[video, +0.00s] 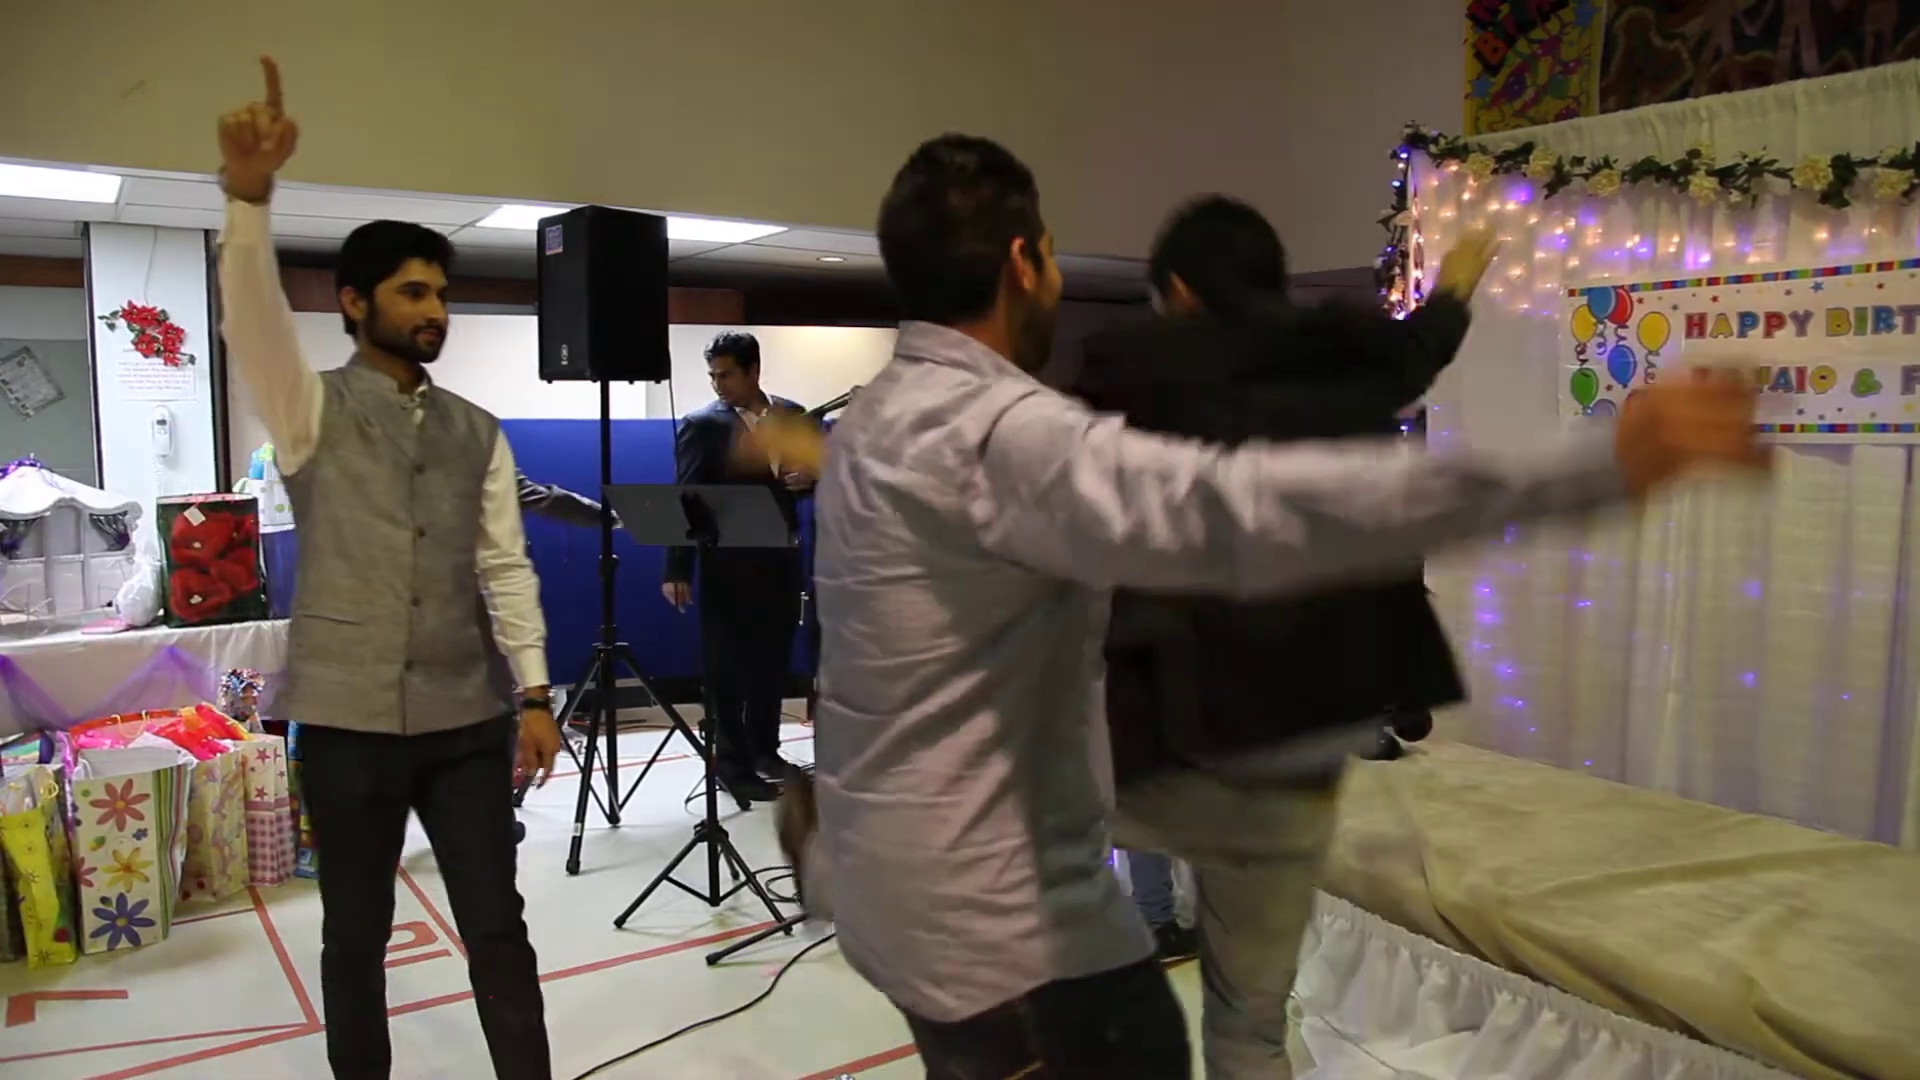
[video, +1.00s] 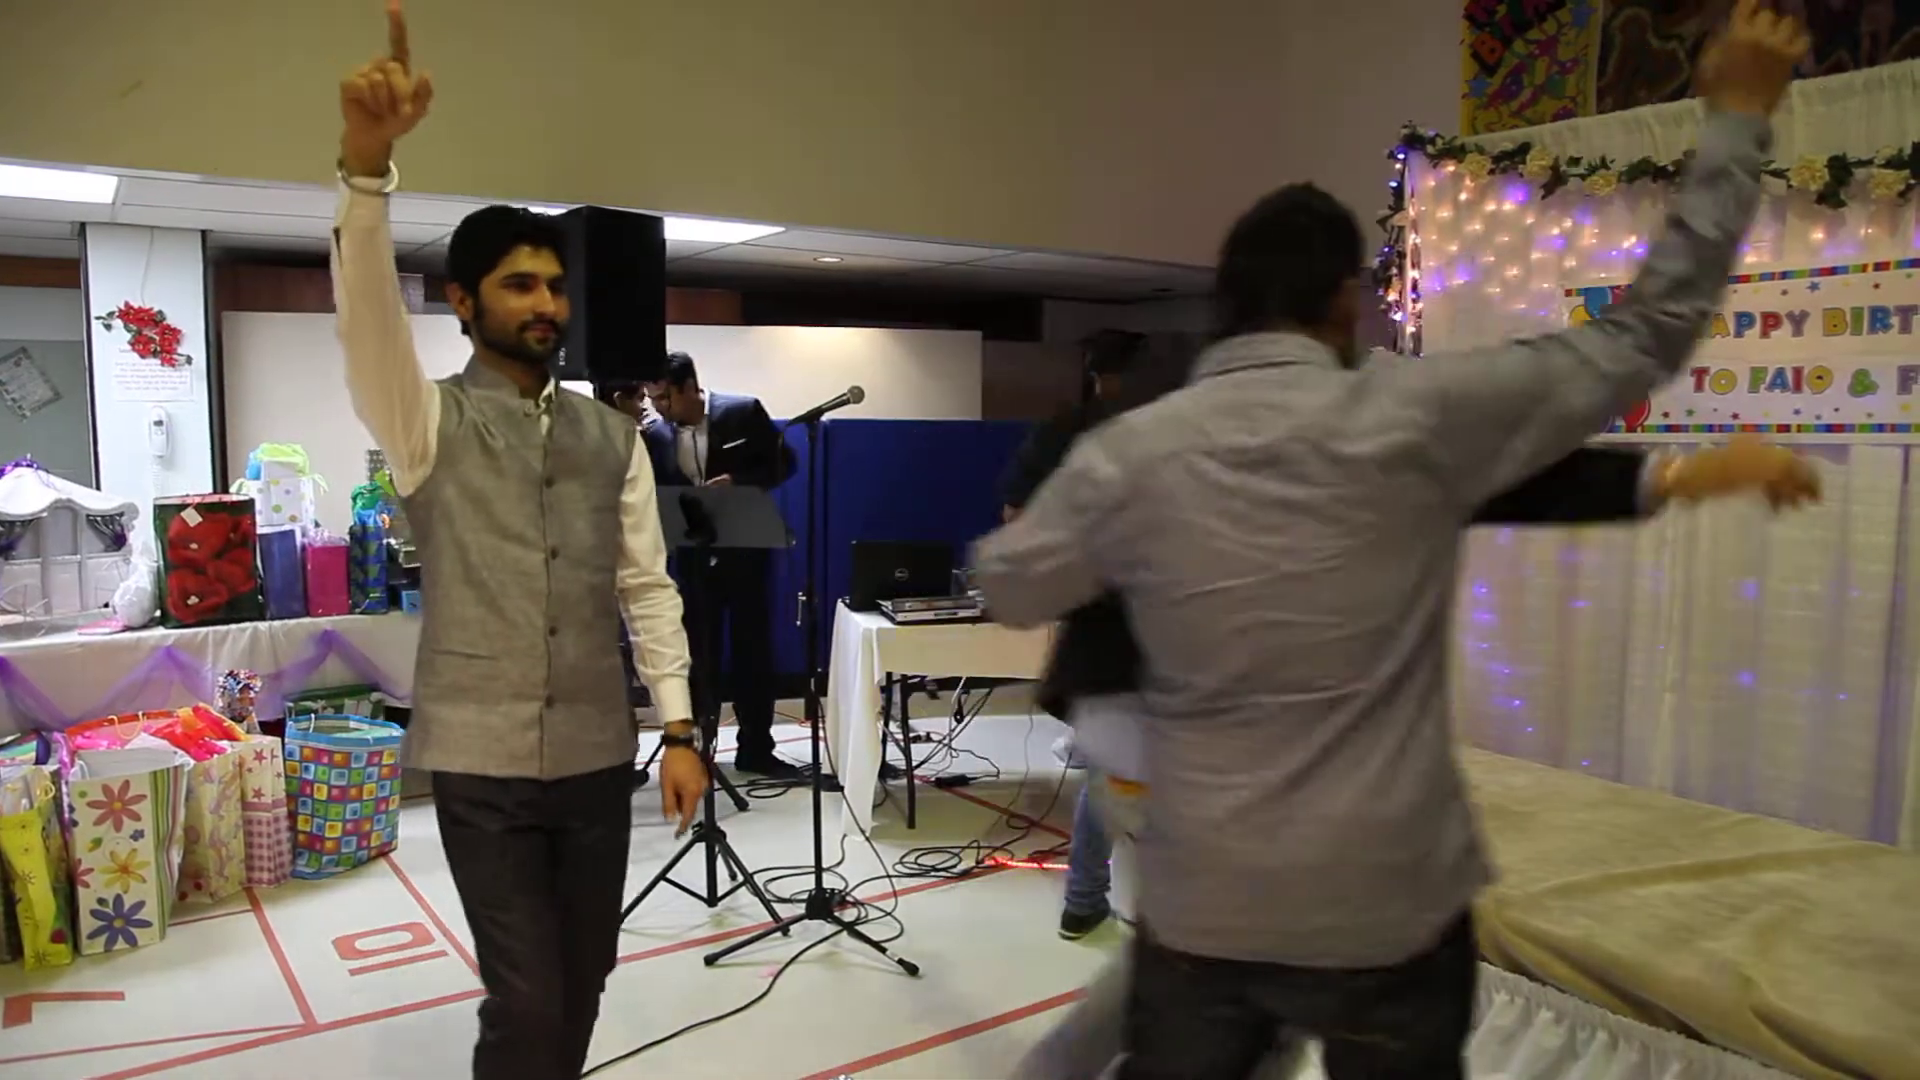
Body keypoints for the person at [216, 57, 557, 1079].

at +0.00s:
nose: (434, 309)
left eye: (441, 295)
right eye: (413, 292)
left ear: (445, 308)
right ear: (354, 301)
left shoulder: (478, 433)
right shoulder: (310, 412)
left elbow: (507, 570)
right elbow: (255, 320)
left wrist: (535, 694)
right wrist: (248, 198)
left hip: (466, 723)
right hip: (347, 726)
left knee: (498, 932)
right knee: (356, 940)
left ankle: (530, 1077)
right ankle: (362, 1076)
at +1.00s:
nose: (544, 305)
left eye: (555, 288)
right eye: (519, 287)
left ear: (570, 306)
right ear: (463, 305)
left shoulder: (612, 436)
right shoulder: (427, 425)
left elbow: (649, 590)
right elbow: (367, 318)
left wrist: (678, 730)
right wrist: (366, 167)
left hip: (597, 764)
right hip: (480, 766)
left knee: (574, 1004)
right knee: (531, 1011)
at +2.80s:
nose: (560, 257)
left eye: (557, 231)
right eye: (532, 226)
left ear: (536, 245)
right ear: (450, 231)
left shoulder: (531, 373)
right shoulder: (401, 399)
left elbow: (624, 303)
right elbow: (433, 219)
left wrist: (710, 198)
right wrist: (480, 12)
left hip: (578, 829)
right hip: (466, 853)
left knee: (646, 1067)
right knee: (479, 1076)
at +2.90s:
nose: (578, 250)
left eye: (572, 224)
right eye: (551, 221)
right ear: (469, 226)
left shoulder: (549, 364)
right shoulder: (418, 390)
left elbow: (642, 294)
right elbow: (459, 209)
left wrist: (734, 185)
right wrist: (506, 2)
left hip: (602, 821)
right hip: (497, 843)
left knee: (636, 1066)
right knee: (520, 1072)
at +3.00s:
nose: (596, 254)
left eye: (591, 229)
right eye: (568, 226)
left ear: (568, 241)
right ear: (487, 233)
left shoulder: (569, 370)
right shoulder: (438, 403)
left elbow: (664, 299)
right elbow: (477, 227)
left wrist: (761, 188)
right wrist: (539, 16)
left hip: (619, 818)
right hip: (533, 845)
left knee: (653, 1067)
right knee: (599, 1074)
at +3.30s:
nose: (662, 253)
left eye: (654, 231)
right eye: (638, 231)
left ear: (605, 252)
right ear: (562, 246)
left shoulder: (642, 379)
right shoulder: (506, 416)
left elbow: (751, 311)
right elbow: (558, 224)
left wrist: (866, 205)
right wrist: (636, 20)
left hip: (683, 814)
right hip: (607, 844)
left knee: (710, 1059)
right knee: (702, 1068)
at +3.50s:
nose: (707, 232)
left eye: (698, 208)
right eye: (678, 213)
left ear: (648, 230)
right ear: (603, 226)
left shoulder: (693, 364)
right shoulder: (557, 401)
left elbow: (801, 293)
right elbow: (627, 206)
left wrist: (913, 183)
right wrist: (705, 3)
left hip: (725, 830)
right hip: (651, 853)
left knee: (706, 1064)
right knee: (733, 1071)